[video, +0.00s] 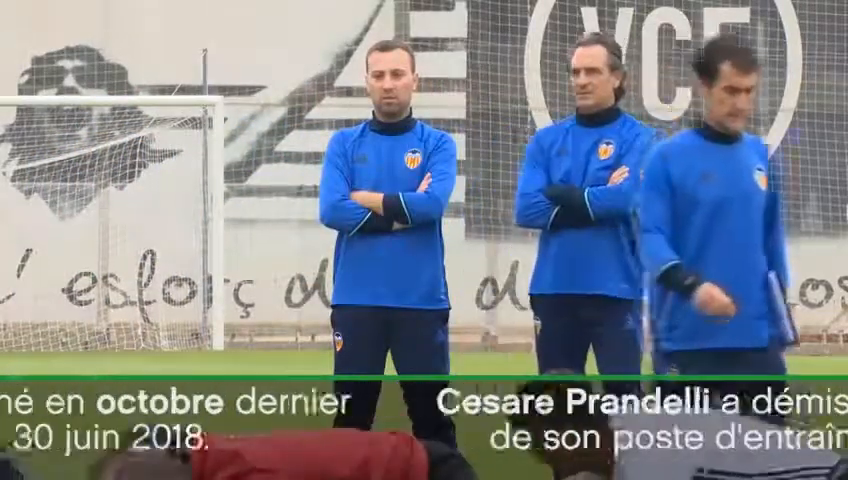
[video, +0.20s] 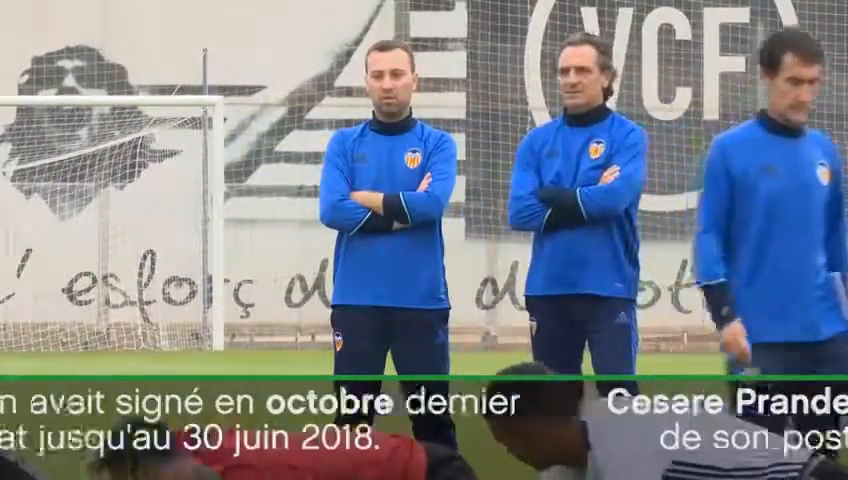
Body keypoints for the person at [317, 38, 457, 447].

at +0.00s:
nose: (388, 85)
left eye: (398, 75)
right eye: (378, 76)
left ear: (415, 82)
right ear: (367, 84)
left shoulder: (437, 143)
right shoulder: (343, 142)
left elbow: (432, 207)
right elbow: (331, 211)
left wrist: (363, 197)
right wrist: (404, 211)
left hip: (420, 301)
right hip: (357, 300)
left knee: (432, 418)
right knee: (351, 418)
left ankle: (443, 479)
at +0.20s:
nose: (387, 85)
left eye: (397, 75)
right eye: (377, 76)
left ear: (415, 82)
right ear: (367, 84)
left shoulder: (438, 142)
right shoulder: (343, 142)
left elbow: (433, 205)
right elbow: (331, 210)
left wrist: (365, 197)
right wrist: (401, 214)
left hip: (420, 301)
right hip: (356, 301)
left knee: (432, 418)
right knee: (352, 417)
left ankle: (441, 478)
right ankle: (351, 479)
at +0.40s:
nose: (386, 84)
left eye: (396, 75)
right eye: (377, 76)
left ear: (414, 82)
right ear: (366, 84)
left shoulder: (437, 142)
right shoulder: (343, 142)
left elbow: (433, 207)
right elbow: (331, 211)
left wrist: (361, 196)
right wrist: (406, 208)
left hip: (421, 301)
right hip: (356, 301)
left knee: (432, 417)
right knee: (351, 418)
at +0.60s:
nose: (386, 84)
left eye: (396, 75)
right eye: (377, 76)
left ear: (414, 81)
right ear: (366, 84)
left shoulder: (438, 142)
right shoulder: (343, 142)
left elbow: (433, 207)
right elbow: (331, 211)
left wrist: (359, 196)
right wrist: (407, 208)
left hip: (421, 301)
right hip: (356, 301)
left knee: (431, 416)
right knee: (351, 418)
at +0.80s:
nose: (386, 84)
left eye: (396, 75)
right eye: (376, 76)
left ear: (414, 82)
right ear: (366, 84)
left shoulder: (438, 142)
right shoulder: (343, 142)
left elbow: (433, 207)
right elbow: (332, 211)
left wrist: (361, 196)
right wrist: (407, 209)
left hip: (421, 300)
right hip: (357, 299)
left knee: (431, 415)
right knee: (351, 416)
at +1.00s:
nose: (386, 84)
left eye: (396, 75)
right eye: (376, 76)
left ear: (414, 82)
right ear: (366, 84)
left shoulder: (438, 142)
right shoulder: (343, 142)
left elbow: (432, 207)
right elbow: (331, 211)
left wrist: (363, 196)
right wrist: (404, 211)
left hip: (421, 299)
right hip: (357, 299)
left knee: (431, 415)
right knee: (351, 416)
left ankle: (445, 479)